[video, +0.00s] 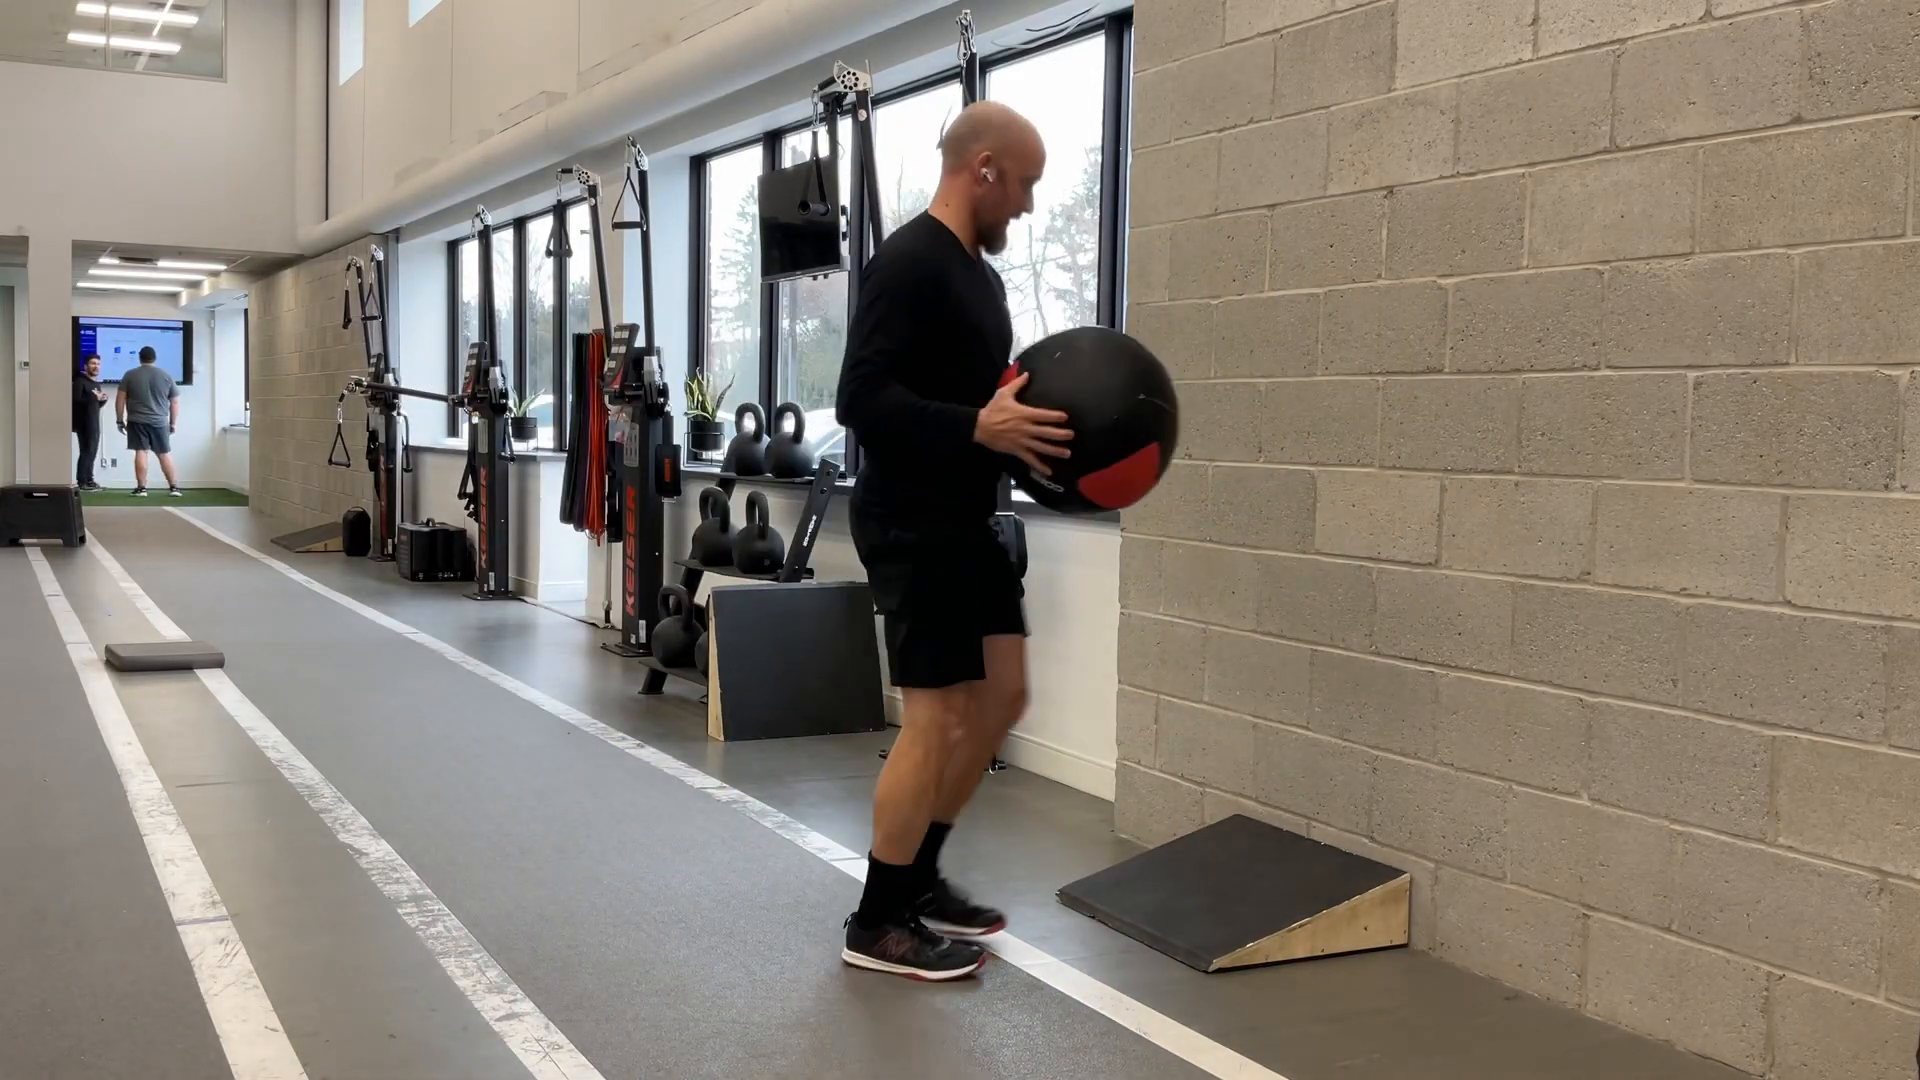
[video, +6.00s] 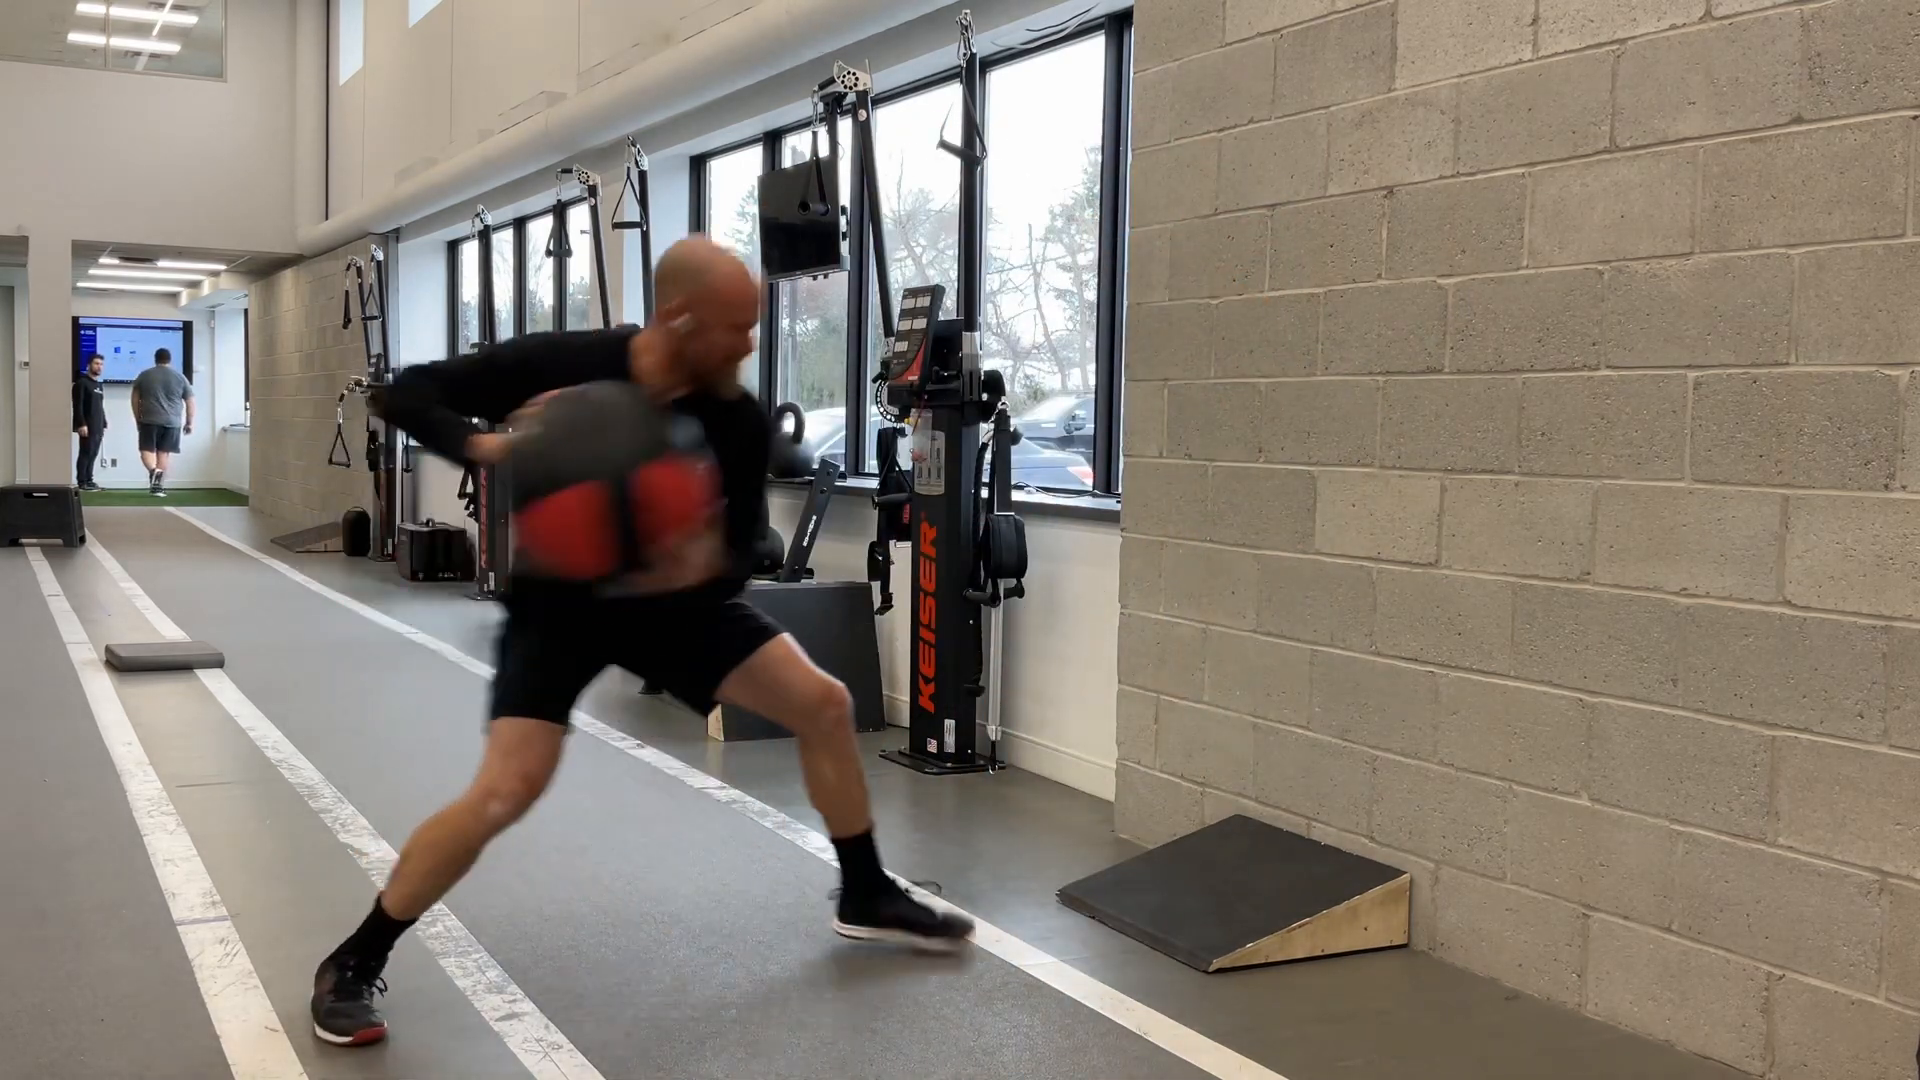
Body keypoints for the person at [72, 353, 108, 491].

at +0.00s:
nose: (96, 366)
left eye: (98, 364)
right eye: (93, 363)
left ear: (100, 366)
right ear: (86, 366)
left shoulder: (96, 384)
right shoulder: (80, 381)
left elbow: (97, 405)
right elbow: (78, 399)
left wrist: (103, 399)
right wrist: (94, 397)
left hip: (93, 421)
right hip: (83, 421)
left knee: (92, 451)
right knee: (86, 451)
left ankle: (89, 479)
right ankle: (83, 480)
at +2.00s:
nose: (97, 365)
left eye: (96, 363)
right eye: (94, 363)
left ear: (92, 366)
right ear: (89, 366)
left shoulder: (99, 378)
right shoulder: (83, 386)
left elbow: (112, 371)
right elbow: (83, 411)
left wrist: (126, 363)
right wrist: (89, 429)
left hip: (101, 422)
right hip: (91, 424)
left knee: (95, 454)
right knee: (88, 454)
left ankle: (89, 480)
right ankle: (83, 481)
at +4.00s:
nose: (97, 366)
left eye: (99, 364)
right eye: (94, 363)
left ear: (101, 366)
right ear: (88, 365)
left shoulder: (97, 384)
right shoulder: (81, 383)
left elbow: (98, 408)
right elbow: (79, 406)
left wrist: (102, 425)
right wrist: (83, 423)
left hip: (97, 425)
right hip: (87, 425)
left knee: (92, 454)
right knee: (85, 454)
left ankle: (89, 479)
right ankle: (82, 481)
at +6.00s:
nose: (99, 367)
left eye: (101, 364)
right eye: (96, 363)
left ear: (102, 367)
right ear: (89, 365)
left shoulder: (98, 385)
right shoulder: (81, 383)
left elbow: (99, 405)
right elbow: (78, 405)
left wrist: (104, 421)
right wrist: (81, 424)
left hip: (97, 424)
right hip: (87, 425)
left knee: (93, 454)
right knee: (85, 454)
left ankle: (89, 479)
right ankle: (82, 480)